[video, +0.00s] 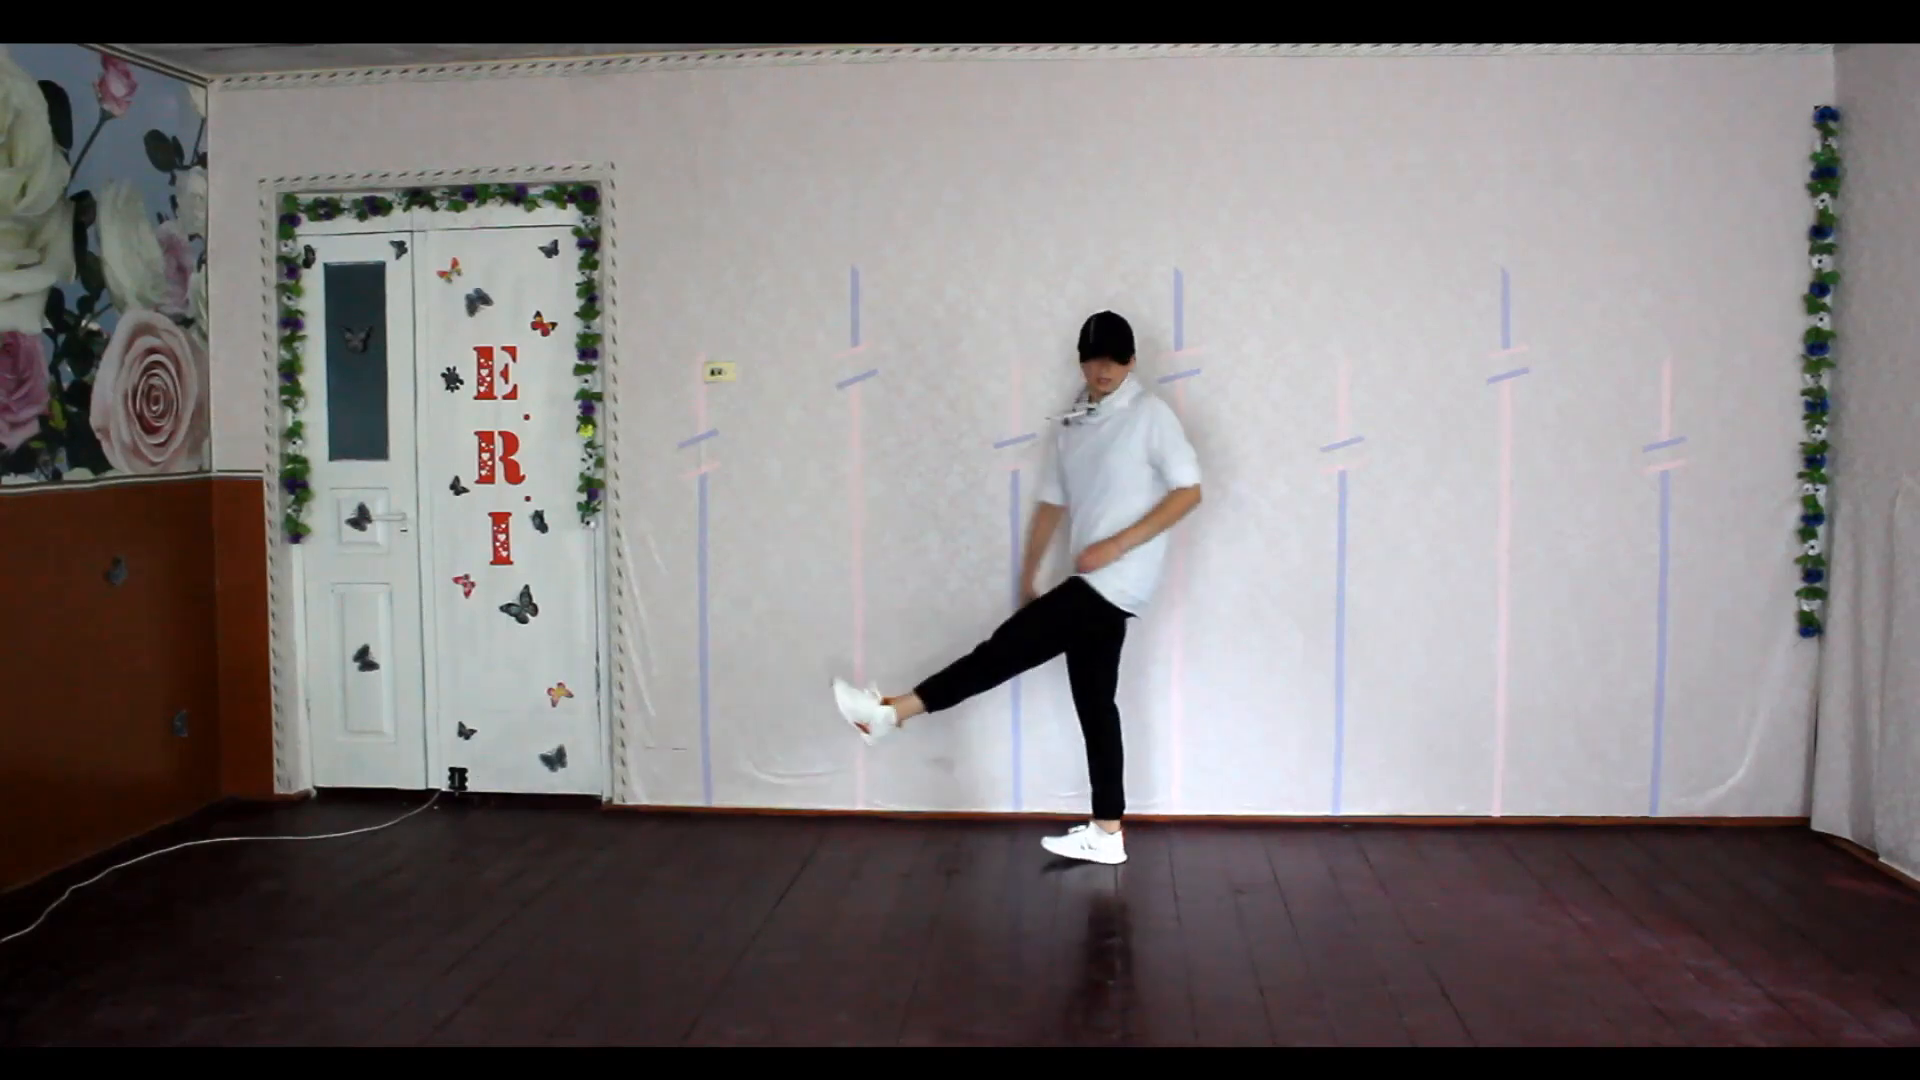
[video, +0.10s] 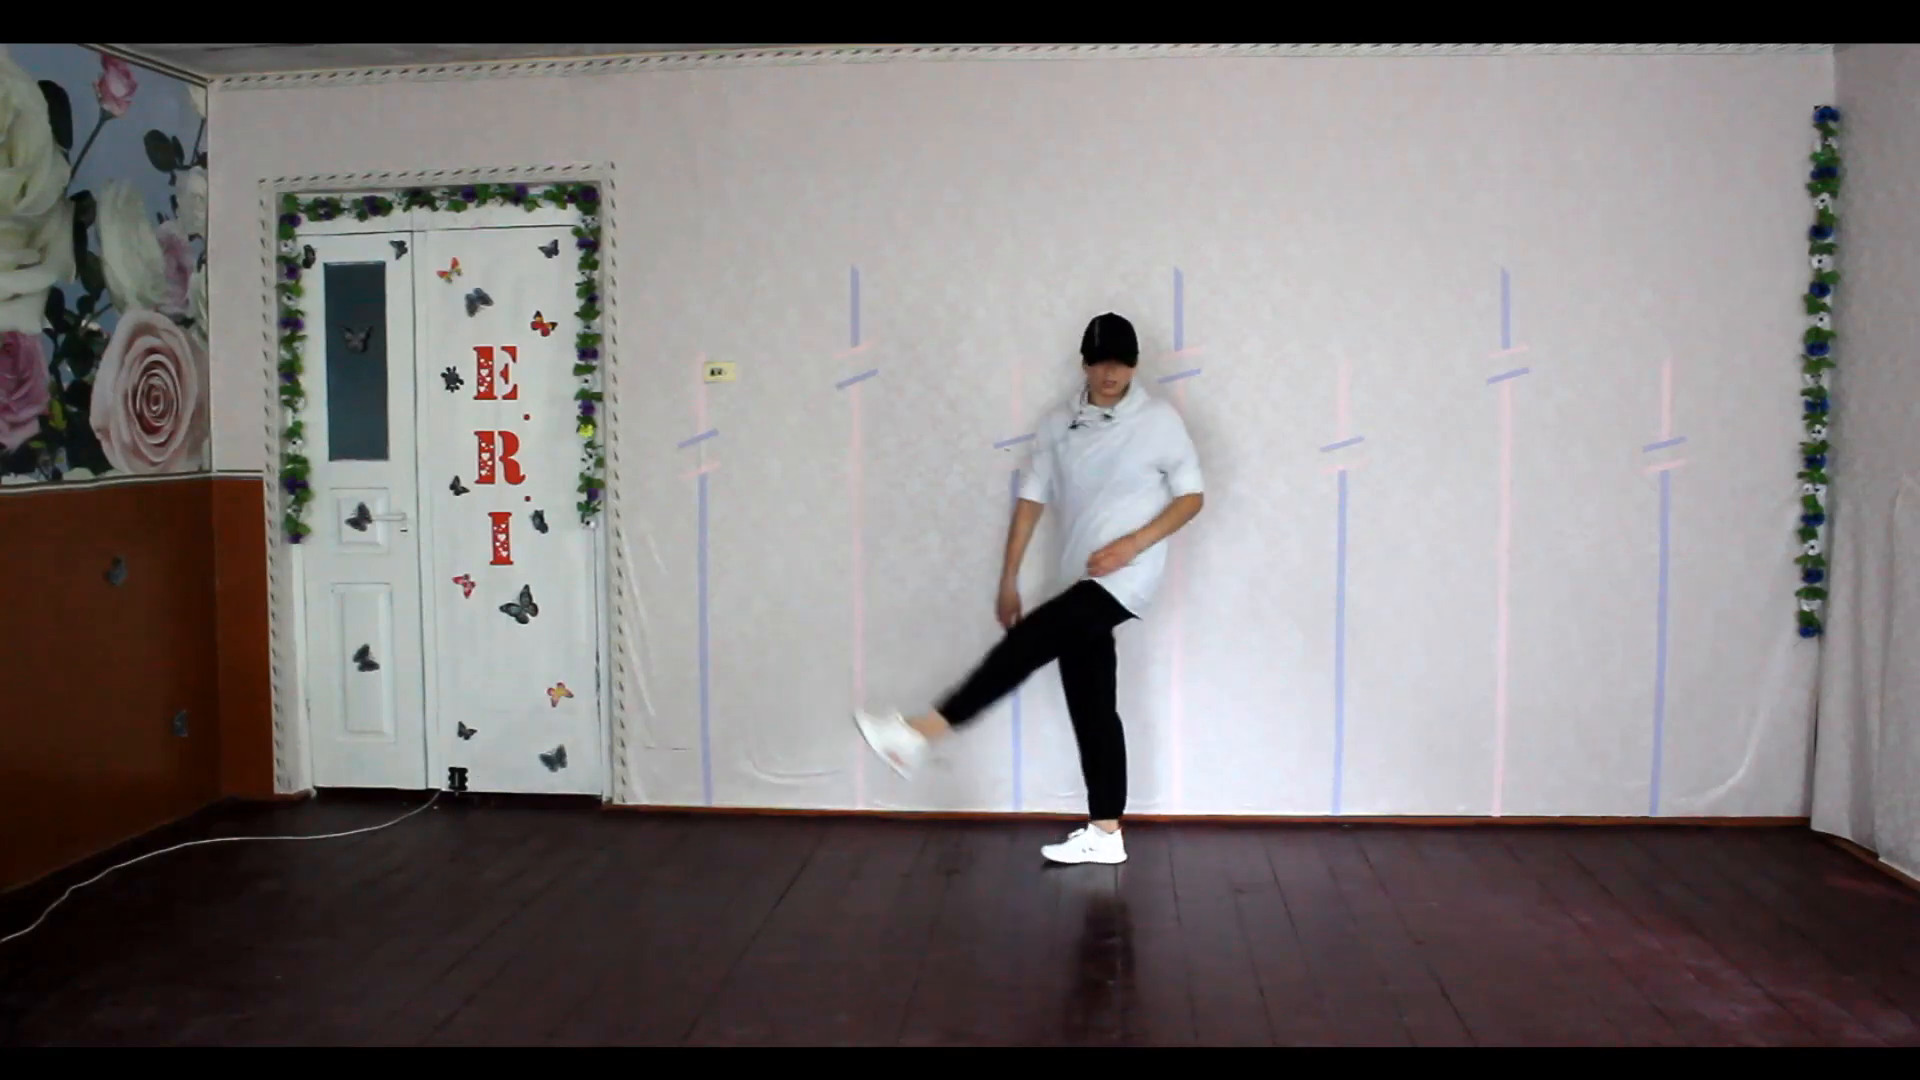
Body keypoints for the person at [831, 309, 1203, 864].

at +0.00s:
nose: (1101, 374)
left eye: (1112, 365)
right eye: (1093, 364)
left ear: (1130, 362)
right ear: (1081, 362)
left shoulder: (1151, 414)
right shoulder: (1069, 426)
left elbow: (1189, 492)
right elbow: (1051, 504)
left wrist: (1119, 544)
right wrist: (1029, 573)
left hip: (1116, 582)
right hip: (1082, 579)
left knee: (1006, 649)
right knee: (1095, 706)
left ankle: (892, 712)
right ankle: (1108, 830)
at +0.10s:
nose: (1110, 377)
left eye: (1120, 368)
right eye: (1101, 367)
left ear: (1134, 367)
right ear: (1085, 365)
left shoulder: (1158, 420)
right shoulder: (1059, 424)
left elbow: (1192, 497)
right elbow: (1032, 501)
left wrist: (1134, 544)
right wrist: (1009, 580)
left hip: (1125, 580)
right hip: (1077, 579)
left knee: (1030, 637)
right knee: (1093, 708)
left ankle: (922, 734)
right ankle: (1106, 831)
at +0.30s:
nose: (1134, 387)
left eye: (1142, 377)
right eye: (1124, 376)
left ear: (1151, 377)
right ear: (1101, 373)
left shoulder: (1156, 440)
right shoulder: (1061, 423)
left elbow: (1158, 516)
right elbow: (1034, 510)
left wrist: (1148, 559)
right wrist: (1022, 594)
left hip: (1115, 593)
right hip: (1057, 592)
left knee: (1071, 700)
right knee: (1068, 706)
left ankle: (1062, 839)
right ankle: (1101, 825)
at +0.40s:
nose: (1138, 394)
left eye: (1146, 384)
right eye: (1127, 384)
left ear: (1155, 383)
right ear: (1104, 380)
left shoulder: (1147, 448)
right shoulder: (1064, 425)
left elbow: (1151, 524)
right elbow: (1035, 513)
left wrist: (1147, 566)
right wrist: (1029, 599)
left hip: (1111, 608)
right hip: (1054, 607)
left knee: (1095, 724)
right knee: (1059, 724)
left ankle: (1098, 847)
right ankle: (1093, 823)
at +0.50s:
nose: (1134, 394)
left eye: (1142, 383)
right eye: (1124, 384)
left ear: (1151, 381)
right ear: (1099, 377)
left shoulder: (1148, 448)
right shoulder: (1056, 423)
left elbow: (1160, 535)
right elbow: (1005, 490)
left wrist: (1138, 580)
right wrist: (1024, 576)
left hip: (1116, 617)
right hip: (1054, 611)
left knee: (1106, 734)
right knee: (1036, 720)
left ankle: (1088, 849)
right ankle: (1059, 798)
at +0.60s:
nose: (1122, 384)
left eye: (1129, 372)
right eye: (1111, 373)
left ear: (1137, 368)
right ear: (1083, 366)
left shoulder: (1154, 433)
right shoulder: (1042, 420)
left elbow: (1173, 518)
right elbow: (986, 479)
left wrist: (1130, 581)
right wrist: (1015, 496)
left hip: (1117, 606)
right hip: (1055, 598)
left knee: (1101, 731)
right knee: (1056, 717)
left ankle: (1081, 850)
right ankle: (1040, 811)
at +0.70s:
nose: (1115, 379)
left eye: (1122, 367)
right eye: (1103, 369)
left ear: (1130, 363)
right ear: (1075, 364)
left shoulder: (1150, 424)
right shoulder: (1040, 422)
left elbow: (1175, 510)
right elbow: (990, 498)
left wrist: (1130, 581)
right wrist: (1002, 487)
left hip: (1118, 598)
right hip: (1055, 590)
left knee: (1101, 726)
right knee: (1062, 713)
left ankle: (1082, 850)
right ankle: (1054, 837)